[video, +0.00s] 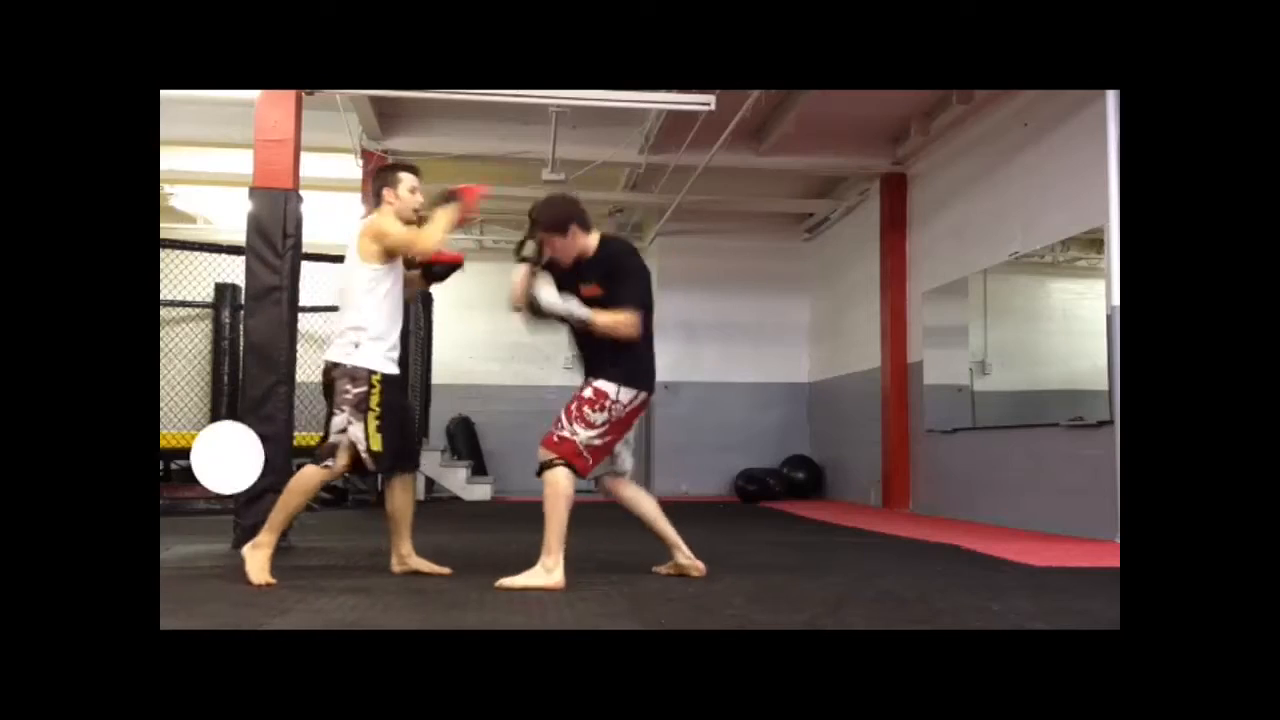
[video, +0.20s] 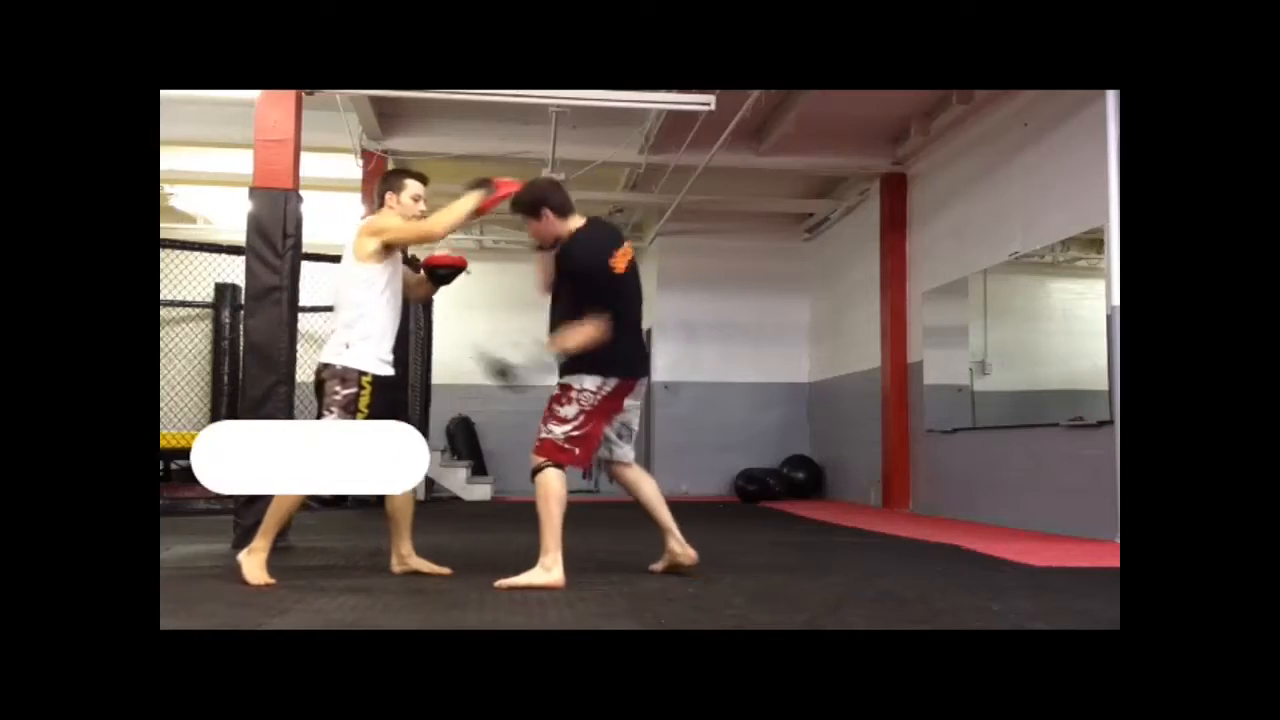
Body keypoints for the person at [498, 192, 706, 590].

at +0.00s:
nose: (546, 252)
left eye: (549, 242)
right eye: (542, 244)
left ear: (572, 230)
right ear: (566, 233)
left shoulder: (621, 257)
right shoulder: (564, 266)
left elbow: (631, 326)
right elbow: (525, 304)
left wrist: (569, 309)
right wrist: (529, 272)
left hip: (624, 379)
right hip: (603, 377)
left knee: (556, 456)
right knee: (614, 481)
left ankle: (550, 566)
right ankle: (684, 556)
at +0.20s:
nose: (530, 234)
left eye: (529, 224)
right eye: (527, 225)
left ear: (547, 215)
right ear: (557, 211)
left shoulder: (579, 251)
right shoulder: (603, 233)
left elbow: (601, 324)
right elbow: (551, 286)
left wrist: (559, 342)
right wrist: (547, 245)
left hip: (595, 368)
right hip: (627, 366)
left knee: (548, 457)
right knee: (619, 461)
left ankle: (549, 564)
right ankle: (677, 545)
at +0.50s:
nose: (558, 219)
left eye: (559, 212)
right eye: (557, 213)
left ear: (578, 206)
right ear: (598, 205)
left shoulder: (577, 230)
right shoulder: (637, 233)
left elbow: (546, 261)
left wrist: (491, 263)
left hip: (590, 356)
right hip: (641, 357)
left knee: (535, 439)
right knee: (652, 452)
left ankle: (523, 534)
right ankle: (680, 554)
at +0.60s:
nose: (561, 219)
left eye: (562, 212)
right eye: (560, 214)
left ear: (581, 204)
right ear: (602, 204)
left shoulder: (568, 227)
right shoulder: (644, 234)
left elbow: (508, 254)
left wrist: (450, 248)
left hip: (585, 354)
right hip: (640, 356)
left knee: (536, 447)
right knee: (656, 452)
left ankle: (524, 550)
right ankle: (679, 553)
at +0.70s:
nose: (551, 213)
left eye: (551, 207)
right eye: (549, 208)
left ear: (571, 199)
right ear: (587, 198)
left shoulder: (558, 227)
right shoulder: (633, 231)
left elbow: (491, 254)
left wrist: (451, 254)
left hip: (584, 355)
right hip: (634, 355)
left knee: (537, 449)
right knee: (644, 450)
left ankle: (531, 561)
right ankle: (678, 549)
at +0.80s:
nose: (530, 207)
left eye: (532, 197)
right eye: (528, 199)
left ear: (554, 192)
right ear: (567, 193)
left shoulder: (560, 220)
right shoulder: (604, 226)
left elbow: (551, 269)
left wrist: (496, 270)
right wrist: (518, 267)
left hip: (583, 357)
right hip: (616, 356)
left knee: (539, 450)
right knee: (622, 448)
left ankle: (531, 563)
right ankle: (678, 543)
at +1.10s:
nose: (531, 201)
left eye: (534, 192)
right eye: (530, 193)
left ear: (558, 187)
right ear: (562, 189)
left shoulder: (580, 226)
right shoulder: (584, 226)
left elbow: (554, 281)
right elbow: (555, 283)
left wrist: (519, 254)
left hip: (583, 360)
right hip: (603, 359)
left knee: (543, 454)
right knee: (589, 451)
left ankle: (531, 562)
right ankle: (628, 547)